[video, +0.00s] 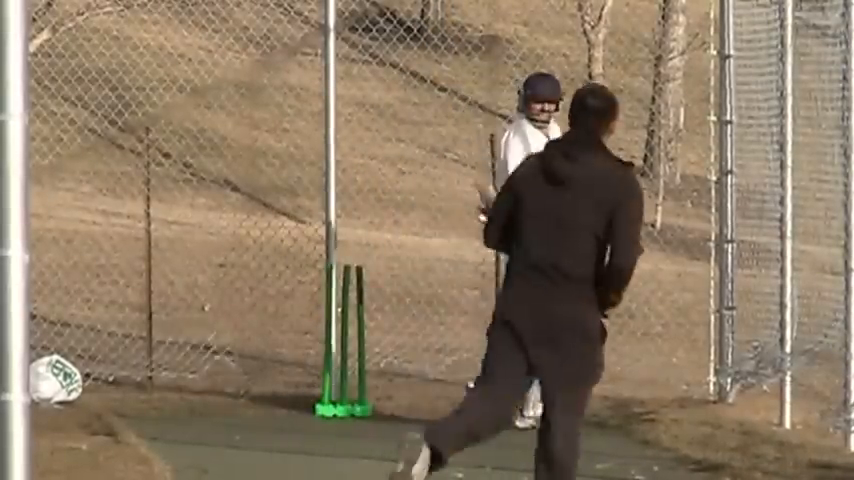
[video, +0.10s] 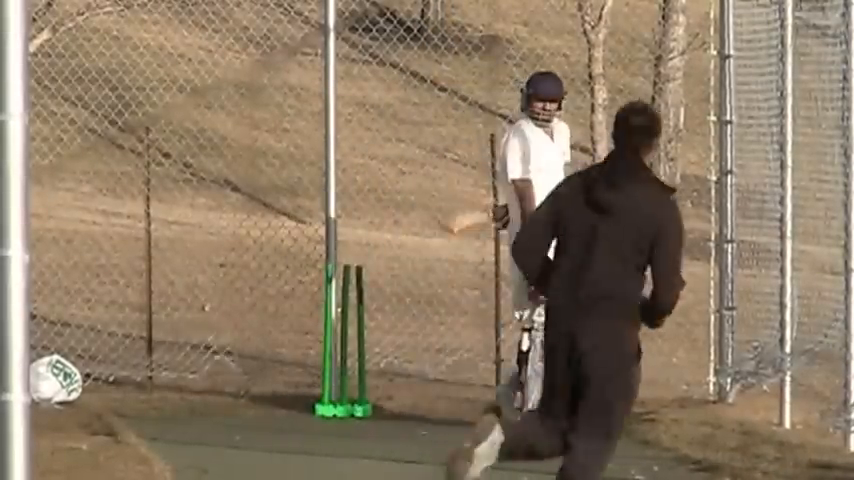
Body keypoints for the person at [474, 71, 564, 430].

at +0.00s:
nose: (543, 108)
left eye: (550, 102)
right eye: (536, 102)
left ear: (558, 105)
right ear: (522, 102)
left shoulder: (558, 134)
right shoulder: (514, 137)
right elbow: (510, 191)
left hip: (552, 242)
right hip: (520, 243)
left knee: (544, 321)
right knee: (517, 318)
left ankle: (534, 400)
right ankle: (489, 384)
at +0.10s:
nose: (545, 108)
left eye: (552, 102)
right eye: (539, 101)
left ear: (561, 104)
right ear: (527, 101)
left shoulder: (562, 130)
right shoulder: (518, 137)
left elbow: (564, 175)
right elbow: (523, 191)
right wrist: (535, 236)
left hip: (558, 231)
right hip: (529, 234)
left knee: (554, 308)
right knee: (532, 311)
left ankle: (547, 387)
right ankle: (526, 388)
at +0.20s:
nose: (548, 108)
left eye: (555, 102)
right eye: (540, 101)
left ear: (562, 103)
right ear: (528, 101)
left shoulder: (567, 130)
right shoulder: (520, 136)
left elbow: (563, 180)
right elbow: (524, 199)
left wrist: (516, 216)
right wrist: (528, 265)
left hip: (568, 239)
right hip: (539, 244)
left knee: (583, 319)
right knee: (545, 321)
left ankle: (552, 385)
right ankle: (532, 404)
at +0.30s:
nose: (549, 108)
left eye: (557, 102)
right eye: (542, 101)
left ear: (566, 103)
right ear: (531, 101)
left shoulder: (573, 131)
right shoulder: (523, 138)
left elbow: (575, 181)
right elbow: (522, 202)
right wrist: (524, 259)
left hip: (572, 243)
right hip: (540, 246)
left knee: (588, 318)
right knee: (547, 323)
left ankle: (572, 375)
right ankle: (532, 405)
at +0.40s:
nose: (554, 108)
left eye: (561, 102)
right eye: (547, 101)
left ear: (570, 104)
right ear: (535, 101)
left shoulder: (581, 132)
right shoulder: (523, 138)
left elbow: (597, 180)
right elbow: (516, 201)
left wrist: (566, 208)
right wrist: (518, 254)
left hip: (578, 240)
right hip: (543, 243)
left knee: (594, 315)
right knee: (548, 320)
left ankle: (584, 385)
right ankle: (532, 404)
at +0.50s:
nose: (560, 109)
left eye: (567, 103)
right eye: (553, 102)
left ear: (576, 104)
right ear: (542, 101)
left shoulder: (588, 130)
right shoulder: (527, 140)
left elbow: (605, 171)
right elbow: (514, 197)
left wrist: (589, 213)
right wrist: (514, 247)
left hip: (584, 238)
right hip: (546, 241)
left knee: (596, 316)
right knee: (551, 318)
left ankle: (586, 393)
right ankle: (533, 404)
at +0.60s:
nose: (569, 109)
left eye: (576, 102)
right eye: (563, 102)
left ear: (585, 103)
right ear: (550, 101)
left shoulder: (598, 131)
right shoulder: (533, 138)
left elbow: (616, 171)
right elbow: (516, 190)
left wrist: (607, 222)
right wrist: (510, 237)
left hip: (588, 240)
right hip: (549, 240)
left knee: (593, 318)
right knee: (552, 318)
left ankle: (584, 396)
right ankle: (534, 403)